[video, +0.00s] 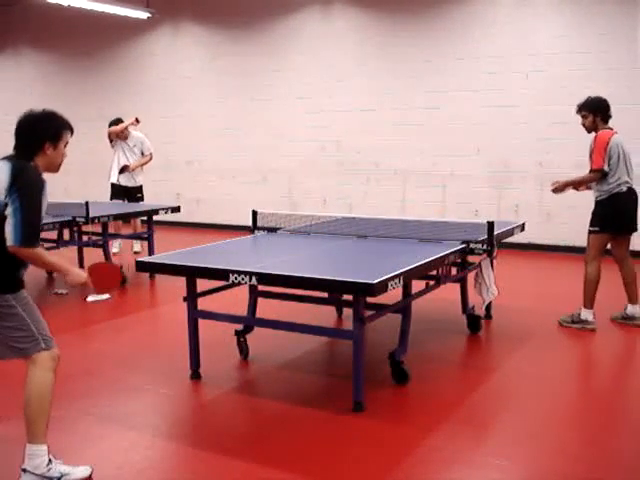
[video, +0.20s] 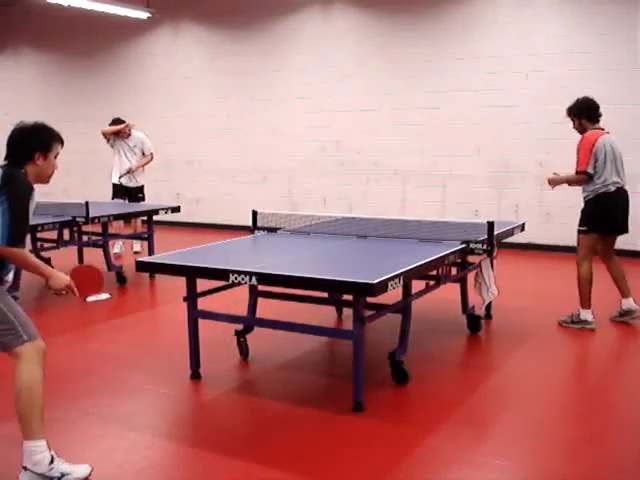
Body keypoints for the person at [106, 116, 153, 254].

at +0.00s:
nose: (120, 136)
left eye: (121, 132)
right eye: (117, 134)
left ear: (126, 129)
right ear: (113, 134)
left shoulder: (139, 138)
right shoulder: (116, 142)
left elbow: (149, 155)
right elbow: (111, 132)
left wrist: (135, 165)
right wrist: (128, 123)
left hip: (135, 183)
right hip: (117, 182)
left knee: (135, 215)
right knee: (115, 215)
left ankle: (137, 240)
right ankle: (117, 239)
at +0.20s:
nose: (122, 135)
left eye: (123, 132)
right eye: (119, 134)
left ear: (127, 128)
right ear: (116, 133)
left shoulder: (140, 138)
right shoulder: (115, 141)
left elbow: (150, 156)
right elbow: (104, 132)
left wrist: (136, 166)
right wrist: (121, 127)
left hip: (136, 182)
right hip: (119, 181)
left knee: (136, 215)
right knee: (117, 214)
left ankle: (137, 240)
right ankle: (118, 241)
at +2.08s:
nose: (121, 161)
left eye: (124, 158)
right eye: (120, 158)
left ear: (132, 156)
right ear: (119, 157)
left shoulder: (147, 164)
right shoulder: (118, 166)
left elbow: (155, 185)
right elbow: (114, 182)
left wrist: (135, 191)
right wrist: (118, 194)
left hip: (151, 194)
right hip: (132, 194)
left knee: (163, 215)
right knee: (118, 217)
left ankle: (183, 243)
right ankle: (113, 246)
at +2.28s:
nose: (124, 158)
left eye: (126, 155)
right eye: (123, 155)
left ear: (135, 154)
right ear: (121, 155)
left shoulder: (149, 162)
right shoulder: (121, 165)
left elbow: (160, 181)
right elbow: (117, 181)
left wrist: (139, 190)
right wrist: (124, 191)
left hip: (153, 193)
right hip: (134, 194)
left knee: (166, 216)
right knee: (120, 218)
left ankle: (183, 243)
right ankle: (113, 246)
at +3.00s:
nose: (132, 146)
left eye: (135, 143)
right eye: (131, 143)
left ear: (143, 142)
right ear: (130, 143)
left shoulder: (157, 154)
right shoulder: (128, 155)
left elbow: (170, 172)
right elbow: (124, 171)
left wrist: (154, 182)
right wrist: (128, 182)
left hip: (157, 193)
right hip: (136, 191)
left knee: (168, 217)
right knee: (123, 218)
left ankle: (183, 243)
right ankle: (114, 246)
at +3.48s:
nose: (127, 142)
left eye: (130, 139)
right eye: (126, 139)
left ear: (138, 139)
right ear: (124, 138)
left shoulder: (149, 154)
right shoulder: (119, 150)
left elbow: (155, 174)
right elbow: (107, 166)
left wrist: (144, 182)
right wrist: (117, 178)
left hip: (140, 192)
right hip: (120, 192)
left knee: (152, 220)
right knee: (111, 221)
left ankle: (165, 248)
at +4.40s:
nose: (155, 151)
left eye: (158, 148)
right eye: (154, 148)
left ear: (166, 147)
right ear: (155, 148)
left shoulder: (179, 160)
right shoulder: (159, 161)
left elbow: (181, 184)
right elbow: (156, 176)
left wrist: (160, 189)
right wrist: (149, 189)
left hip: (186, 195)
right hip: (168, 194)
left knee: (195, 220)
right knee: (151, 215)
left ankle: (217, 245)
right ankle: (146, 244)